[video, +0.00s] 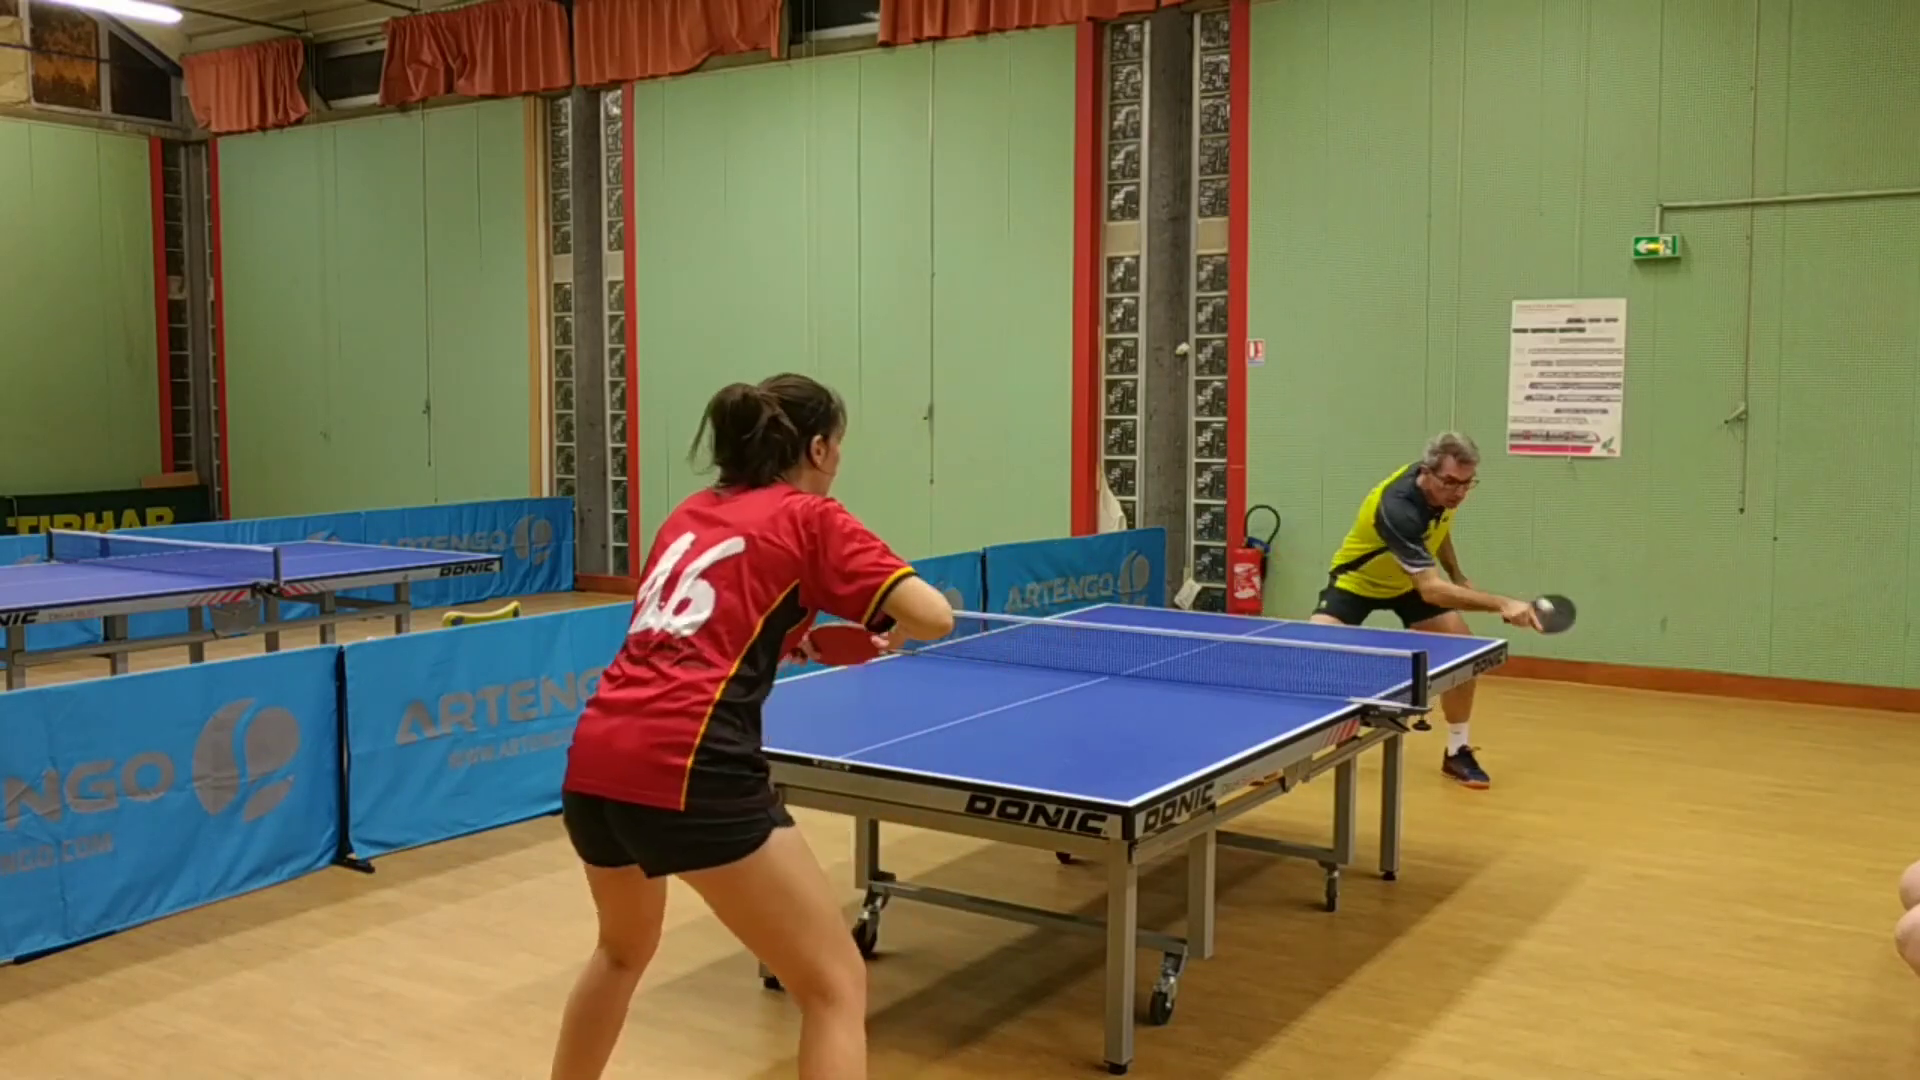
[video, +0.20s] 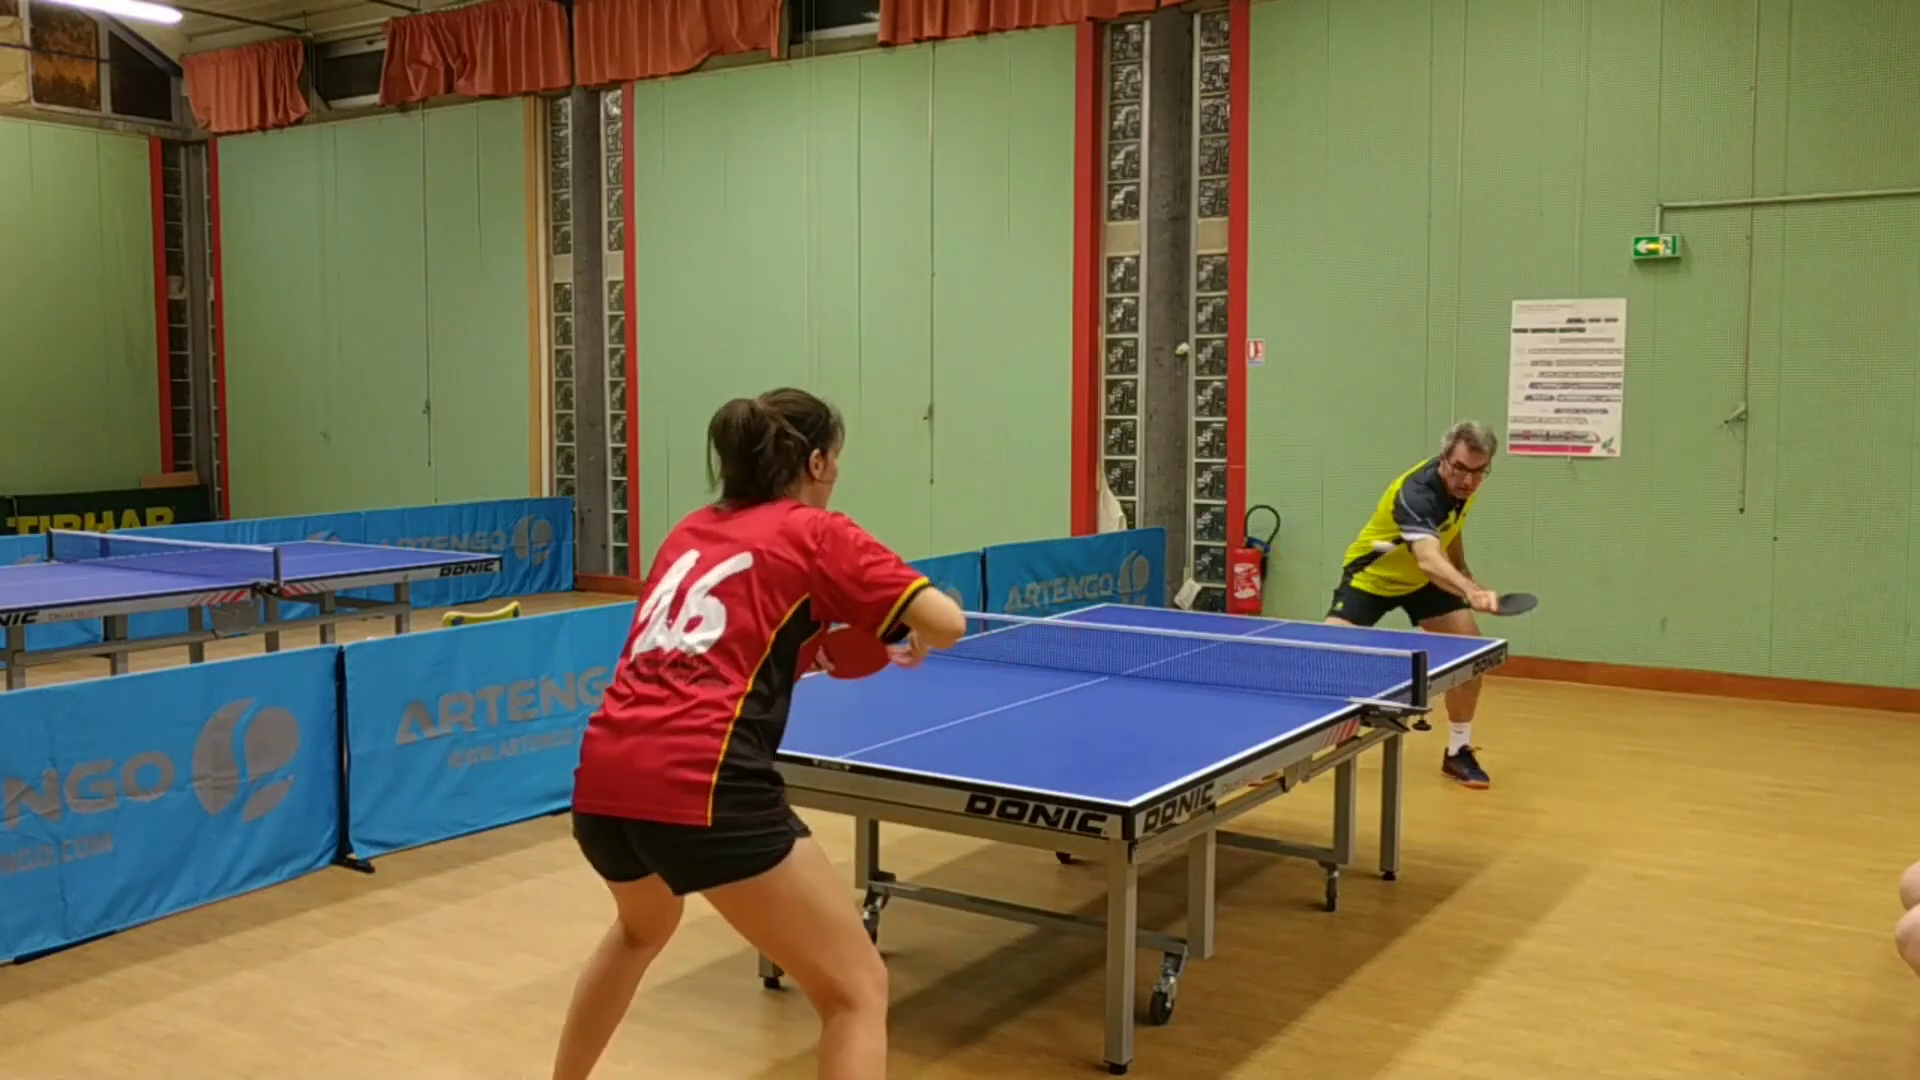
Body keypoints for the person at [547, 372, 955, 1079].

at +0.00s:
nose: (839, 456)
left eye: (839, 442)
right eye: (838, 442)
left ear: (749, 444)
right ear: (819, 448)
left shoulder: (691, 511)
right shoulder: (810, 517)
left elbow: (699, 616)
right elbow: (934, 616)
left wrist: (796, 636)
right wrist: (895, 622)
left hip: (594, 767)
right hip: (693, 775)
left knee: (619, 952)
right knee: (835, 988)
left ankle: (567, 1077)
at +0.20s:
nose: (837, 468)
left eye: (836, 455)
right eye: (835, 455)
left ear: (744, 460)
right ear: (815, 462)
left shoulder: (692, 529)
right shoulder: (817, 532)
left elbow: (718, 633)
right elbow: (947, 622)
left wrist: (815, 648)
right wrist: (911, 636)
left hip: (602, 787)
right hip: (704, 793)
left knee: (639, 927)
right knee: (857, 991)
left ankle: (565, 1074)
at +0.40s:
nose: (798, 487)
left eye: (798, 476)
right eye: (797, 476)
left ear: (704, 489)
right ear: (783, 484)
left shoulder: (652, 566)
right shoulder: (819, 564)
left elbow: (592, 707)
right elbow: (935, 666)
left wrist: (642, 761)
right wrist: (896, 714)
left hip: (635, 814)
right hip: (754, 818)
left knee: (615, 961)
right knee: (884, 987)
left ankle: (557, 1074)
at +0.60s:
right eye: (752, 507)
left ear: (666, 535)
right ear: (748, 523)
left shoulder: (665, 627)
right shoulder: (819, 604)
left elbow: (652, 770)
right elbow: (884, 731)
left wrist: (540, 871)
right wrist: (836, 815)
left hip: (744, 895)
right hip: (864, 882)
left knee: (607, 961)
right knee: (928, 1053)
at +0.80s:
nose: (610, 571)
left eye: (610, 559)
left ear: (619, 572)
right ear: (697, 541)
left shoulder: (646, 664)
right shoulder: (775, 609)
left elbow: (672, 818)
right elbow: (866, 724)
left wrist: (535, 901)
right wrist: (814, 805)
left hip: (762, 908)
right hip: (876, 888)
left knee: (576, 954)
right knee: (937, 1054)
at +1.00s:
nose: (741, 530)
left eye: (739, 522)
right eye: (736, 520)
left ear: (648, 551)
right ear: (728, 538)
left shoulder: (637, 650)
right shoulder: (780, 624)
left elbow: (693, 626)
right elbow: (867, 762)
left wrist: (747, 572)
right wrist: (787, 771)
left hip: (672, 934)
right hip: (796, 933)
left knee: (624, 1014)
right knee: (964, 1017)